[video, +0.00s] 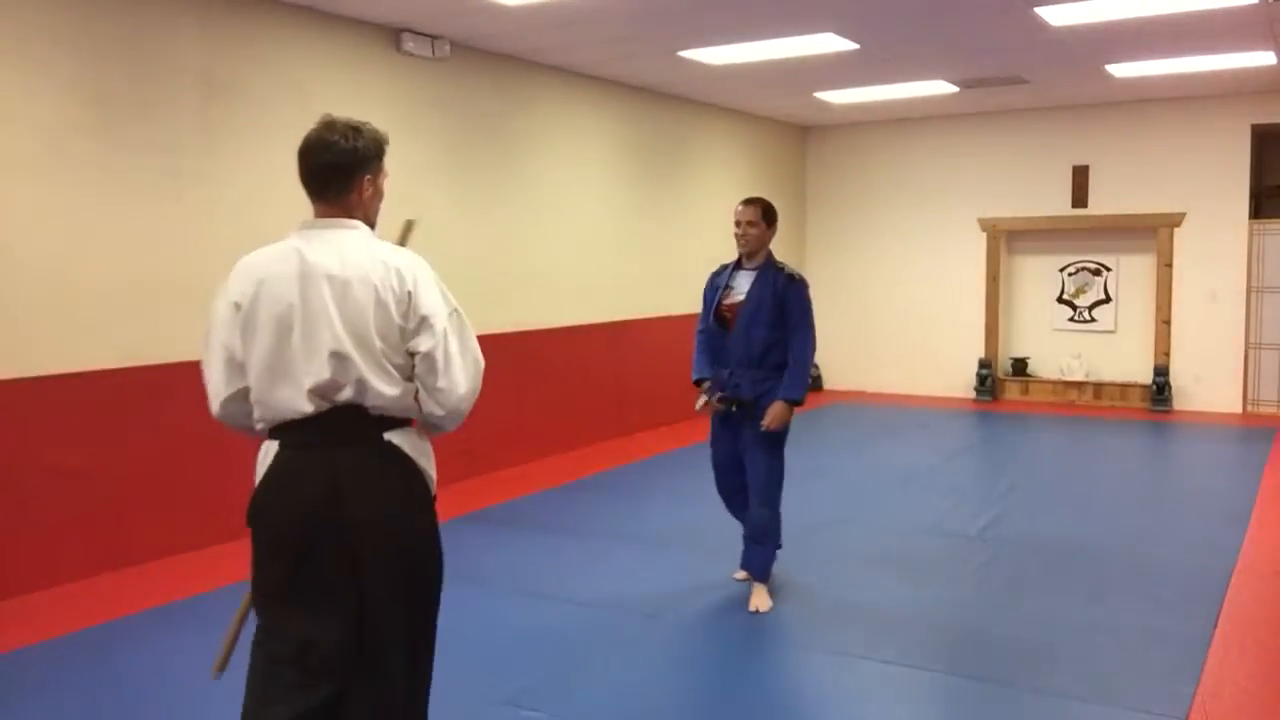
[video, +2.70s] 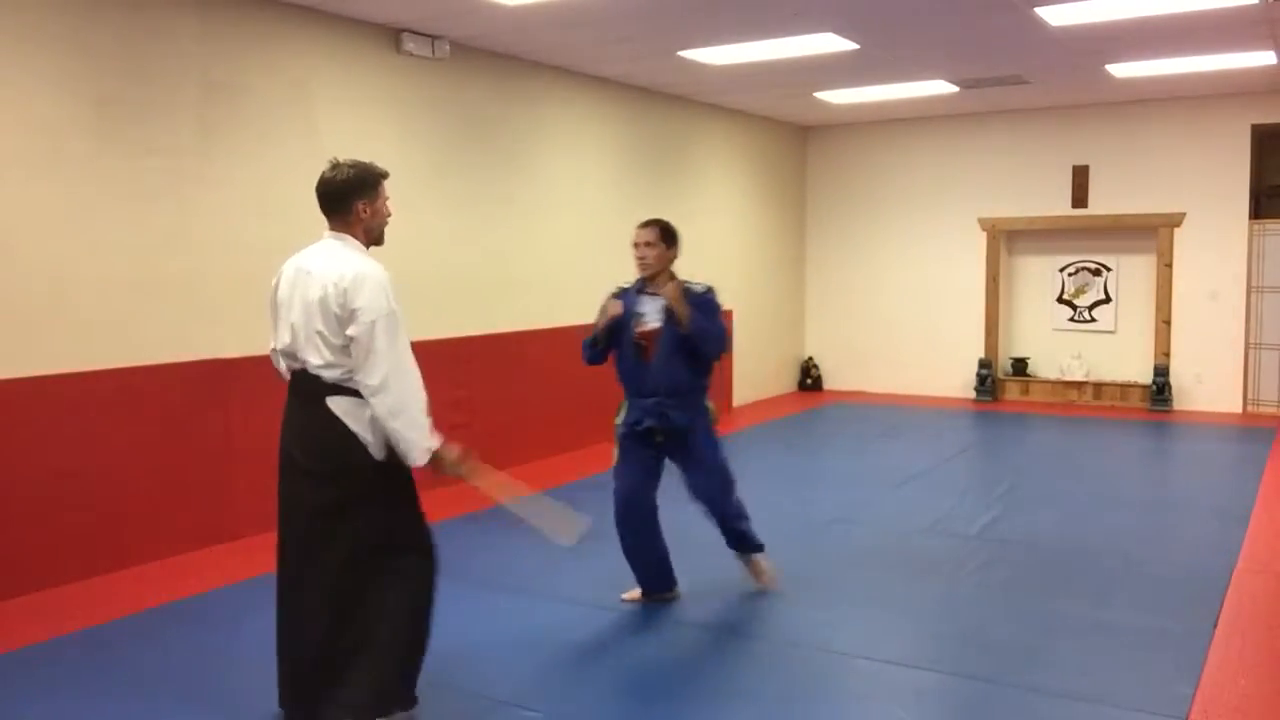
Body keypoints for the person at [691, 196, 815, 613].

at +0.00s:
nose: (741, 231)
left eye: (750, 225)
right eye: (738, 224)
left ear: (770, 230)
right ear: (733, 229)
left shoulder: (789, 284)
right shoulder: (720, 278)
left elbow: (802, 348)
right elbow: (704, 332)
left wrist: (787, 400)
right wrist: (704, 381)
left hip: (765, 406)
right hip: (724, 403)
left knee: (762, 493)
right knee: (729, 486)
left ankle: (759, 577)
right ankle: (760, 543)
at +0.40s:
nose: (726, 232)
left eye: (734, 225)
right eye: (721, 225)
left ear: (756, 230)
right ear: (718, 229)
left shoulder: (780, 282)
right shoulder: (708, 277)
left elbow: (802, 342)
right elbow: (684, 329)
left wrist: (791, 399)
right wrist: (663, 376)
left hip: (757, 405)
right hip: (710, 402)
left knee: (758, 496)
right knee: (696, 487)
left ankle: (758, 582)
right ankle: (697, 577)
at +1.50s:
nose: (690, 233)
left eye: (699, 225)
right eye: (686, 225)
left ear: (723, 231)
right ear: (682, 230)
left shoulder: (748, 286)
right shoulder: (678, 282)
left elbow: (766, 348)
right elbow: (657, 333)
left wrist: (733, 379)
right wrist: (637, 351)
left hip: (729, 416)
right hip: (681, 411)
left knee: (738, 509)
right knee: (663, 497)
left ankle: (748, 597)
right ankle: (671, 589)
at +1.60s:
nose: (698, 234)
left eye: (707, 226)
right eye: (694, 226)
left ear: (730, 232)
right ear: (691, 231)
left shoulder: (751, 284)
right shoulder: (682, 281)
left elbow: (757, 331)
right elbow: (646, 312)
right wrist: (630, 306)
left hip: (733, 407)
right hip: (687, 403)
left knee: (739, 505)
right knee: (664, 494)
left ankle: (747, 597)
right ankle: (674, 586)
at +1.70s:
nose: (699, 232)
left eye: (706, 225)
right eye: (697, 225)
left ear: (730, 230)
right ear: (696, 229)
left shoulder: (749, 277)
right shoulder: (682, 274)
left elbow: (755, 287)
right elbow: (630, 276)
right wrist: (615, 251)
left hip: (735, 403)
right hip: (688, 400)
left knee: (739, 502)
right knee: (670, 493)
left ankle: (747, 597)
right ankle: (679, 582)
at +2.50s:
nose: (683, 250)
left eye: (691, 243)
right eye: (679, 244)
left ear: (713, 247)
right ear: (676, 249)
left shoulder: (742, 294)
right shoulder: (666, 296)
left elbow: (757, 344)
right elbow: (627, 347)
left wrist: (727, 305)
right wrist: (641, 308)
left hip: (730, 413)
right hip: (681, 414)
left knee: (740, 491)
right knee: (654, 483)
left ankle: (757, 565)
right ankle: (658, 581)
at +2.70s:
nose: (640, 254)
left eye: (649, 246)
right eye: (636, 247)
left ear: (670, 251)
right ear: (632, 251)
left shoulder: (697, 298)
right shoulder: (622, 300)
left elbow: (715, 346)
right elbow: (593, 356)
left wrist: (681, 308)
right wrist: (603, 326)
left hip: (687, 416)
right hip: (640, 419)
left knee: (715, 489)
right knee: (631, 502)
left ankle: (749, 552)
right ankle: (657, 586)